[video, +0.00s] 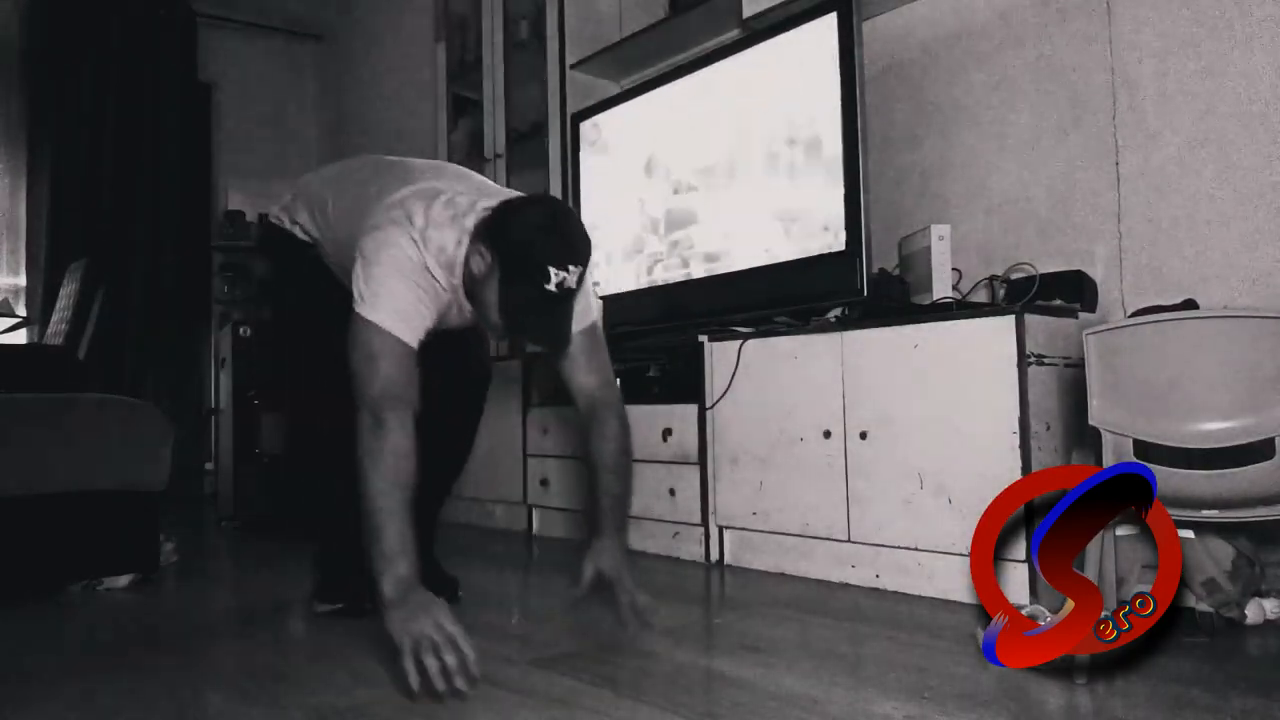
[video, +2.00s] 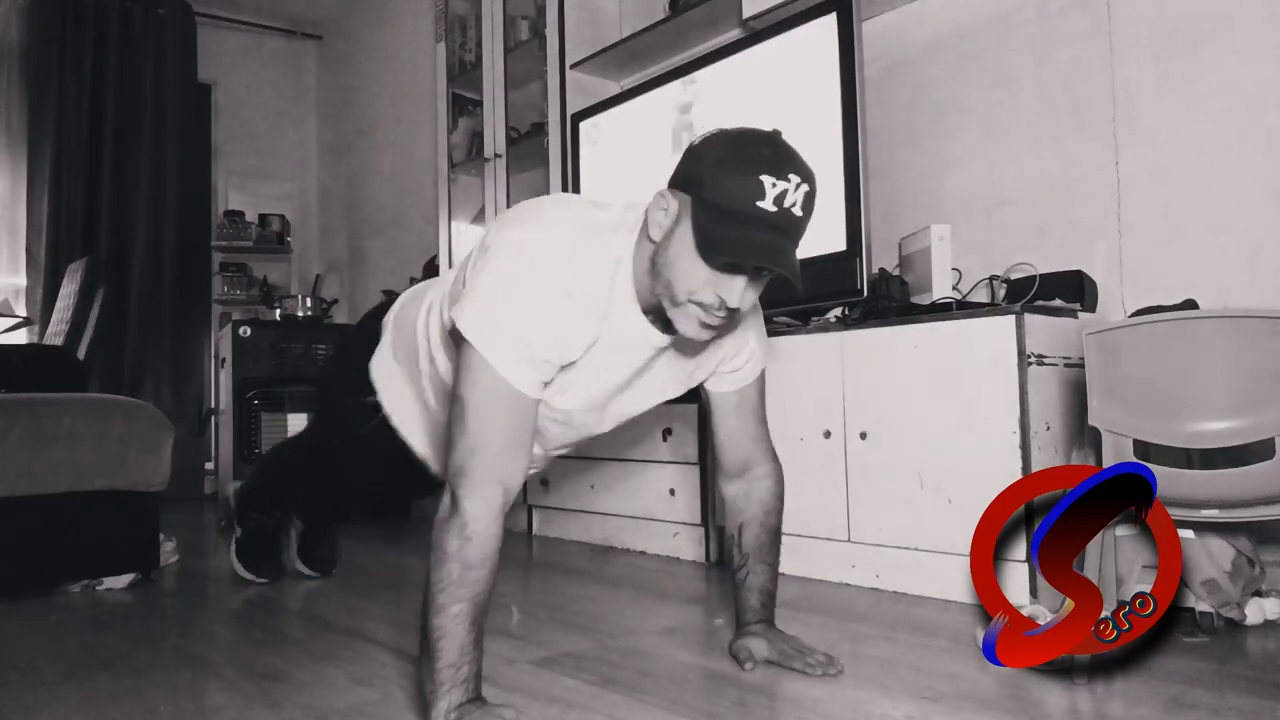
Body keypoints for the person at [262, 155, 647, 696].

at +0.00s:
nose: (509, 341)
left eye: (525, 332)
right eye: (504, 322)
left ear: (565, 282)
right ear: (478, 263)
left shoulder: (551, 265)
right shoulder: (402, 251)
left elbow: (602, 401)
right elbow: (384, 417)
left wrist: (610, 538)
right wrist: (402, 591)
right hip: (317, 245)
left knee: (455, 408)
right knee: (331, 420)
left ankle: (415, 552)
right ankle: (338, 573)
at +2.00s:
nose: (733, 296)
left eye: (758, 275)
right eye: (721, 259)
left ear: (778, 267)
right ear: (666, 216)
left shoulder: (732, 320)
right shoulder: (539, 260)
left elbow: (748, 471)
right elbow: (476, 499)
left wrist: (757, 624)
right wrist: (453, 702)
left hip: (479, 445)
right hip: (395, 391)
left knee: (375, 496)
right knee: (314, 471)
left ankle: (315, 520)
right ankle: (254, 511)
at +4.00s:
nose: (741, 349)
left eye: (758, 334)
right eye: (736, 319)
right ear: (683, 252)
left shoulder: (725, 318)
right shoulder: (546, 261)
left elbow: (751, 471)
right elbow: (481, 498)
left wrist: (764, 629)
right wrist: (449, 705)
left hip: (496, 456)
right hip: (412, 404)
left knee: (375, 495)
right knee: (321, 479)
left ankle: (314, 521)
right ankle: (249, 519)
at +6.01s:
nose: (832, 654)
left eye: (851, 635)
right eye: (832, 627)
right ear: (776, 555)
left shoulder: (811, 506)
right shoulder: (626, 505)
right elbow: (395, 533)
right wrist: (446, 702)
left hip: (546, 489)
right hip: (446, 514)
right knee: (324, 532)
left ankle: (286, 524)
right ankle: (263, 529)